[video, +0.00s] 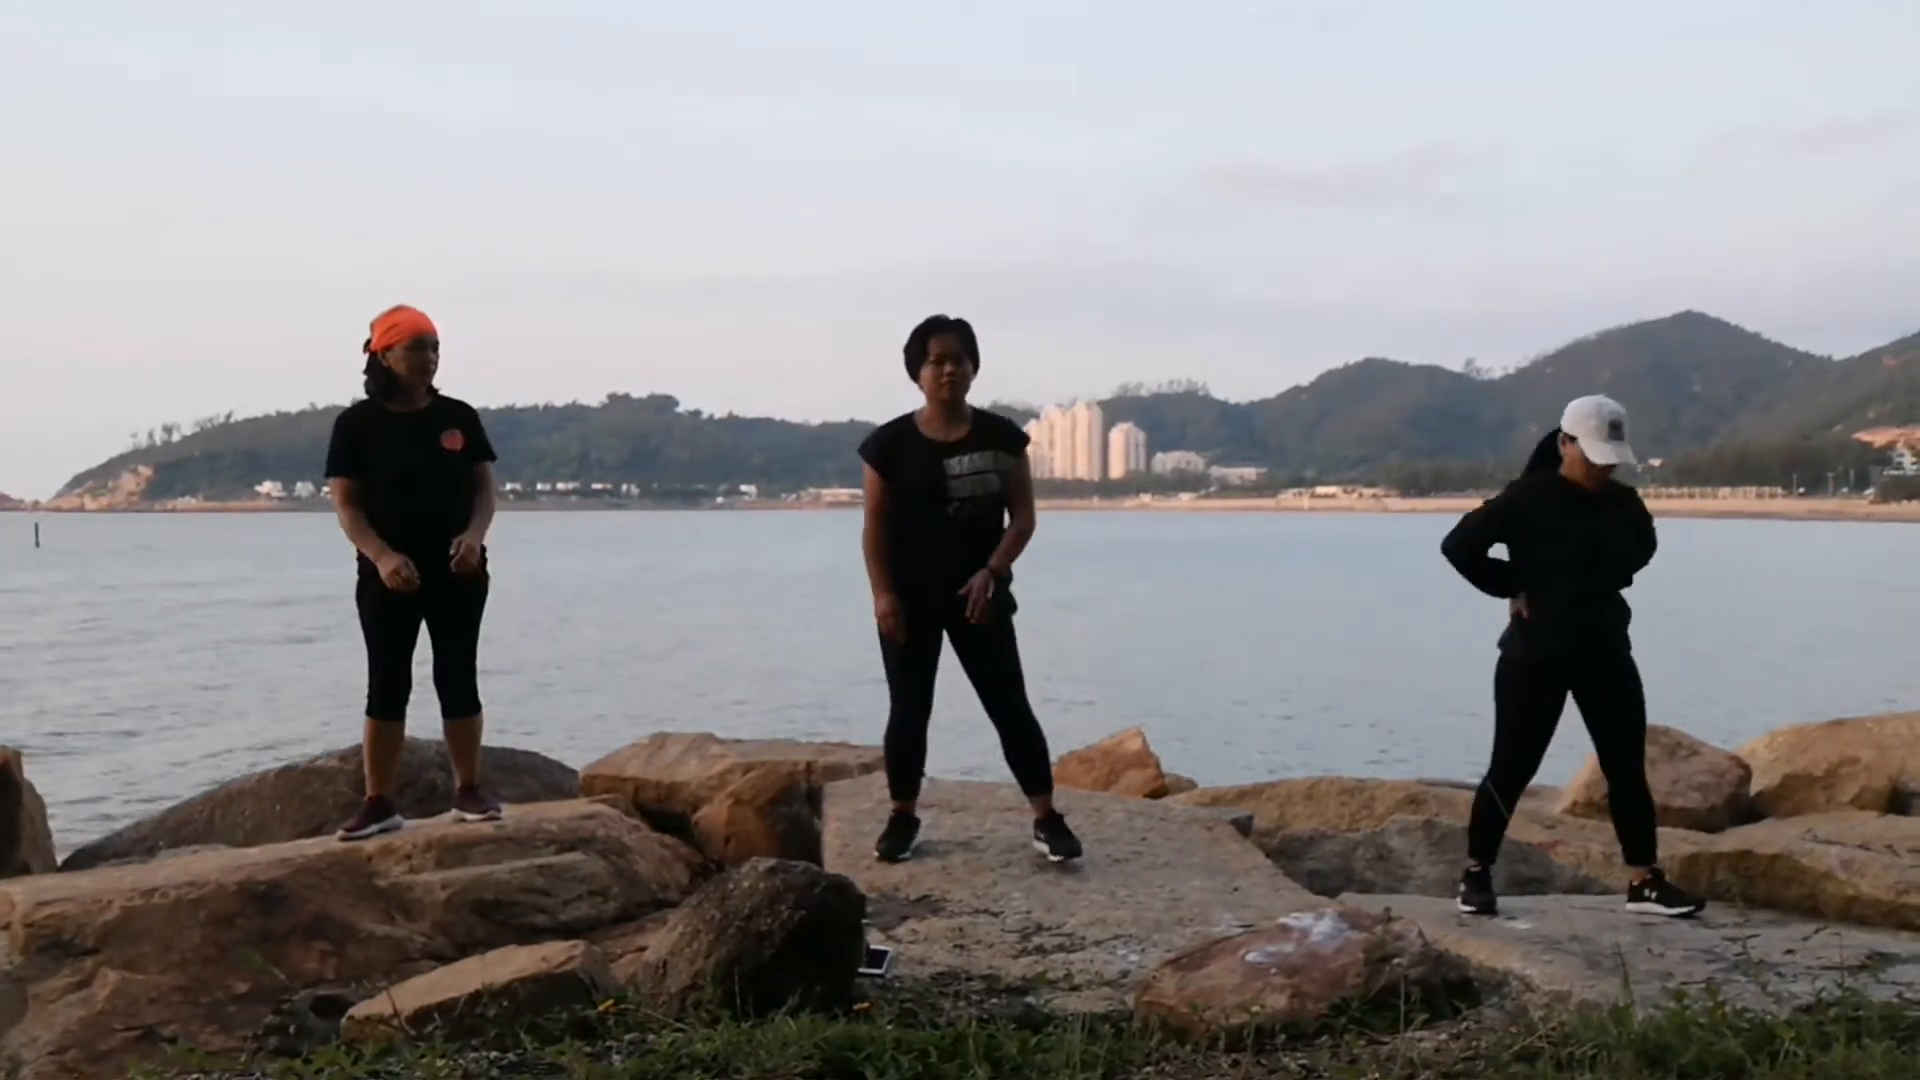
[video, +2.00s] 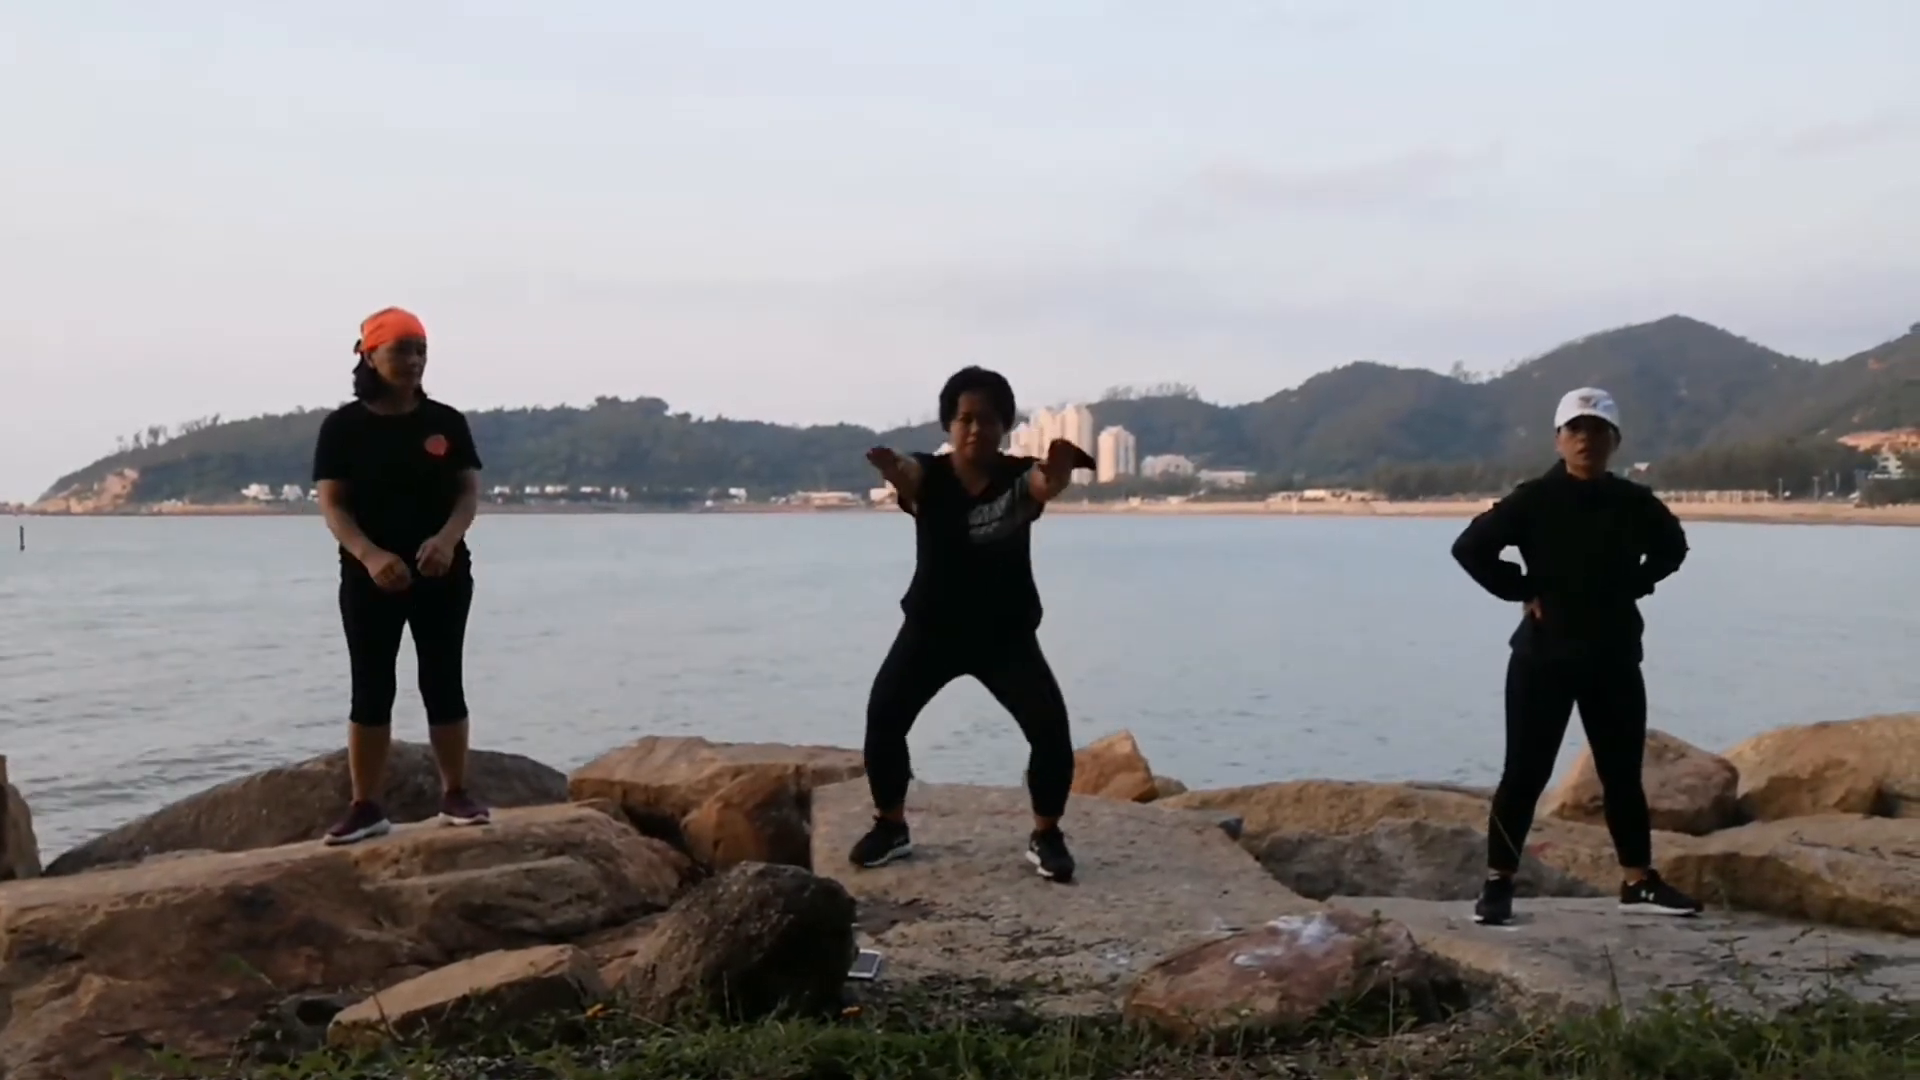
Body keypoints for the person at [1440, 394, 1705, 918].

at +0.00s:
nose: (1603, 471)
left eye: (1610, 461)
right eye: (1594, 460)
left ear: (1618, 451)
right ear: (1566, 446)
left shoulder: (1621, 496)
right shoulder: (1527, 498)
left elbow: (1644, 545)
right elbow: (1459, 547)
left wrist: (1605, 581)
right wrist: (1512, 585)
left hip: (1604, 649)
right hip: (1536, 650)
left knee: (1627, 767)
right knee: (1513, 766)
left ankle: (1645, 880)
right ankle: (1478, 875)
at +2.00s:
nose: (1587, 440)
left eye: (1598, 430)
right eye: (1576, 430)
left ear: (1614, 440)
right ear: (1559, 439)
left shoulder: (1634, 501)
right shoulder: (1535, 499)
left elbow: (1673, 546)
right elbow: (1469, 548)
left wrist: (1634, 584)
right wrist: (1519, 589)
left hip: (1613, 657)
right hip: (1544, 657)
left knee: (1623, 775)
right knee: (1525, 772)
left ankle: (1639, 880)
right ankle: (1498, 884)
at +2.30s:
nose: (1579, 451)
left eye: (1590, 441)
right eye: (1568, 441)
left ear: (1607, 450)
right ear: (1551, 450)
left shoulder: (1628, 513)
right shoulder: (1529, 510)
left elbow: (1692, 554)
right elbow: (1497, 561)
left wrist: (1706, 598)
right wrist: (1548, 595)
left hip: (1609, 668)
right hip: (1539, 666)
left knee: (1655, 770)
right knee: (1517, 777)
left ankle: (1640, 883)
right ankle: (1494, 887)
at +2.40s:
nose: (1576, 474)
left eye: (1587, 464)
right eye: (1565, 464)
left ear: (1602, 472)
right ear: (1548, 473)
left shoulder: (1624, 532)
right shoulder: (1530, 528)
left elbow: (1676, 554)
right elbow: (1532, 562)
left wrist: (1719, 581)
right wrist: (1575, 582)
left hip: (1608, 691)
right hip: (1538, 689)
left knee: (1675, 784)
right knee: (1507, 792)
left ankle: (1641, 883)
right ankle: (1493, 889)